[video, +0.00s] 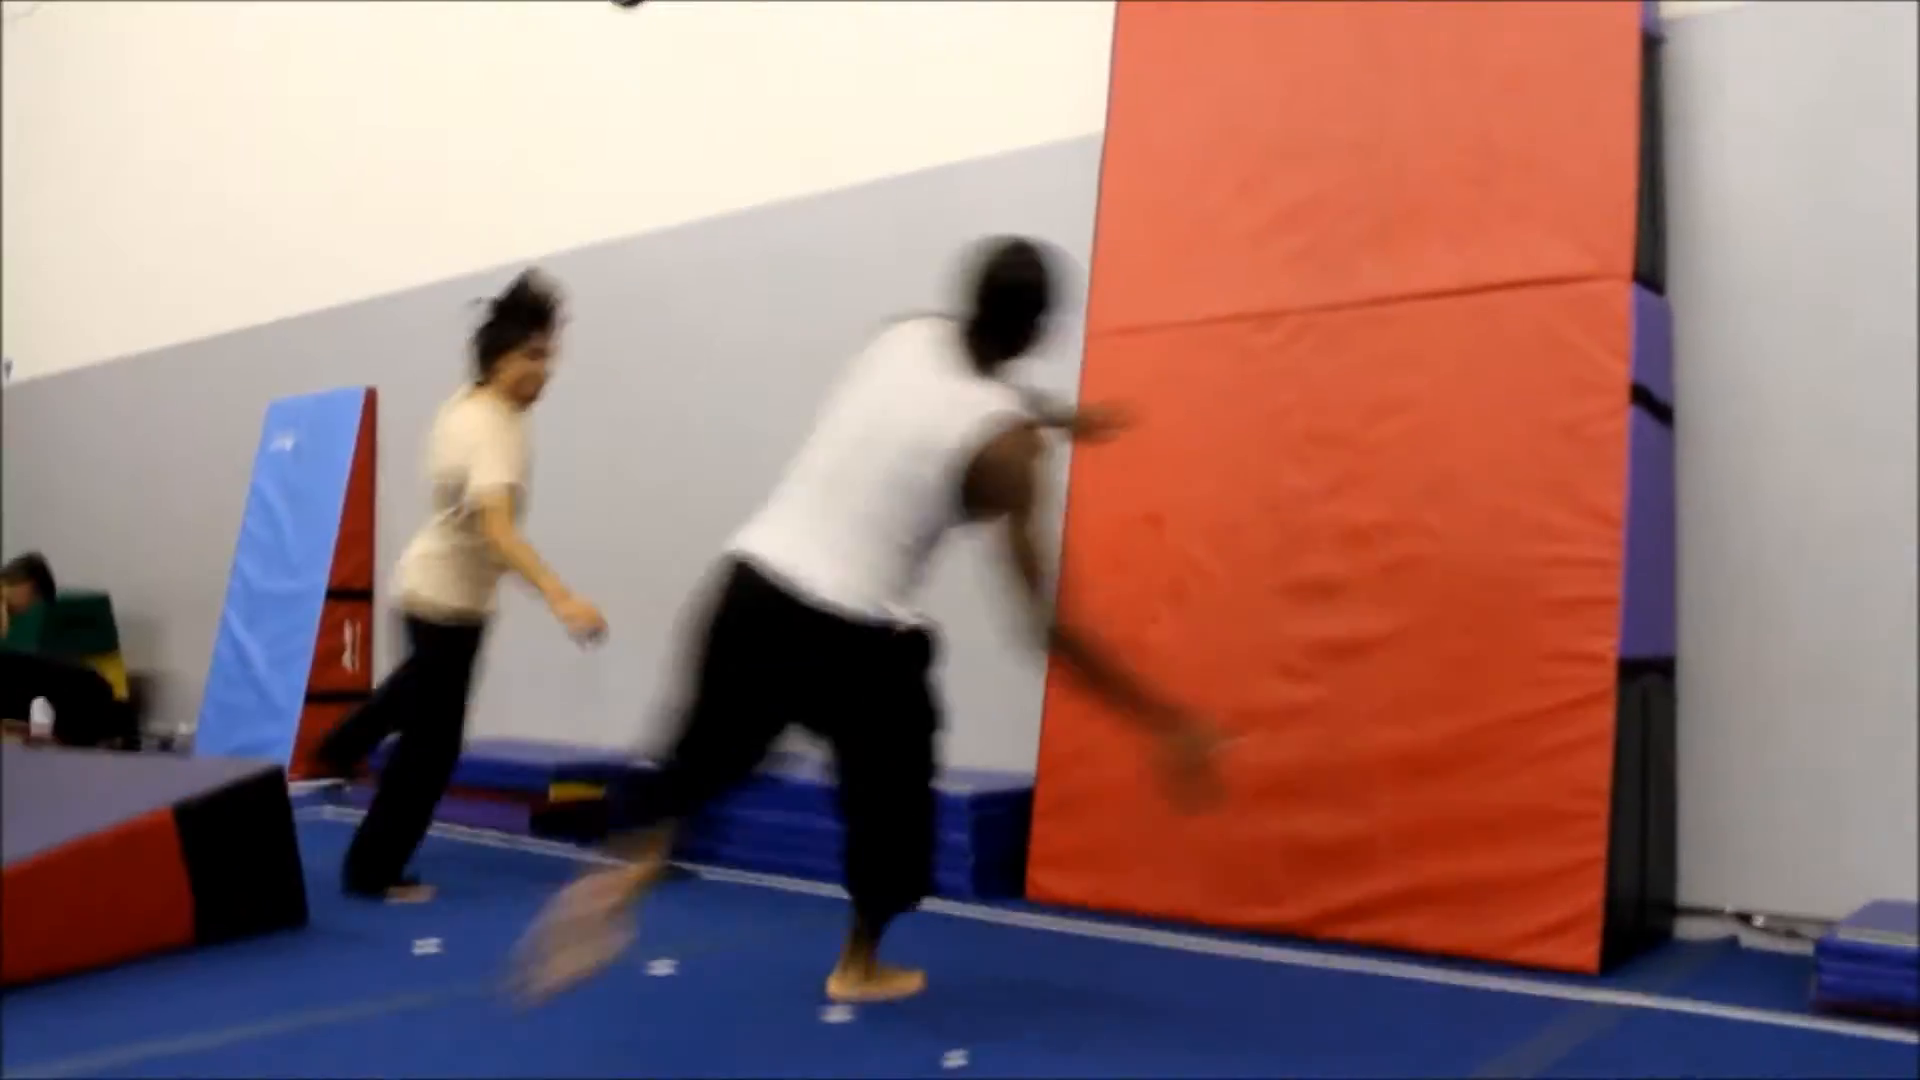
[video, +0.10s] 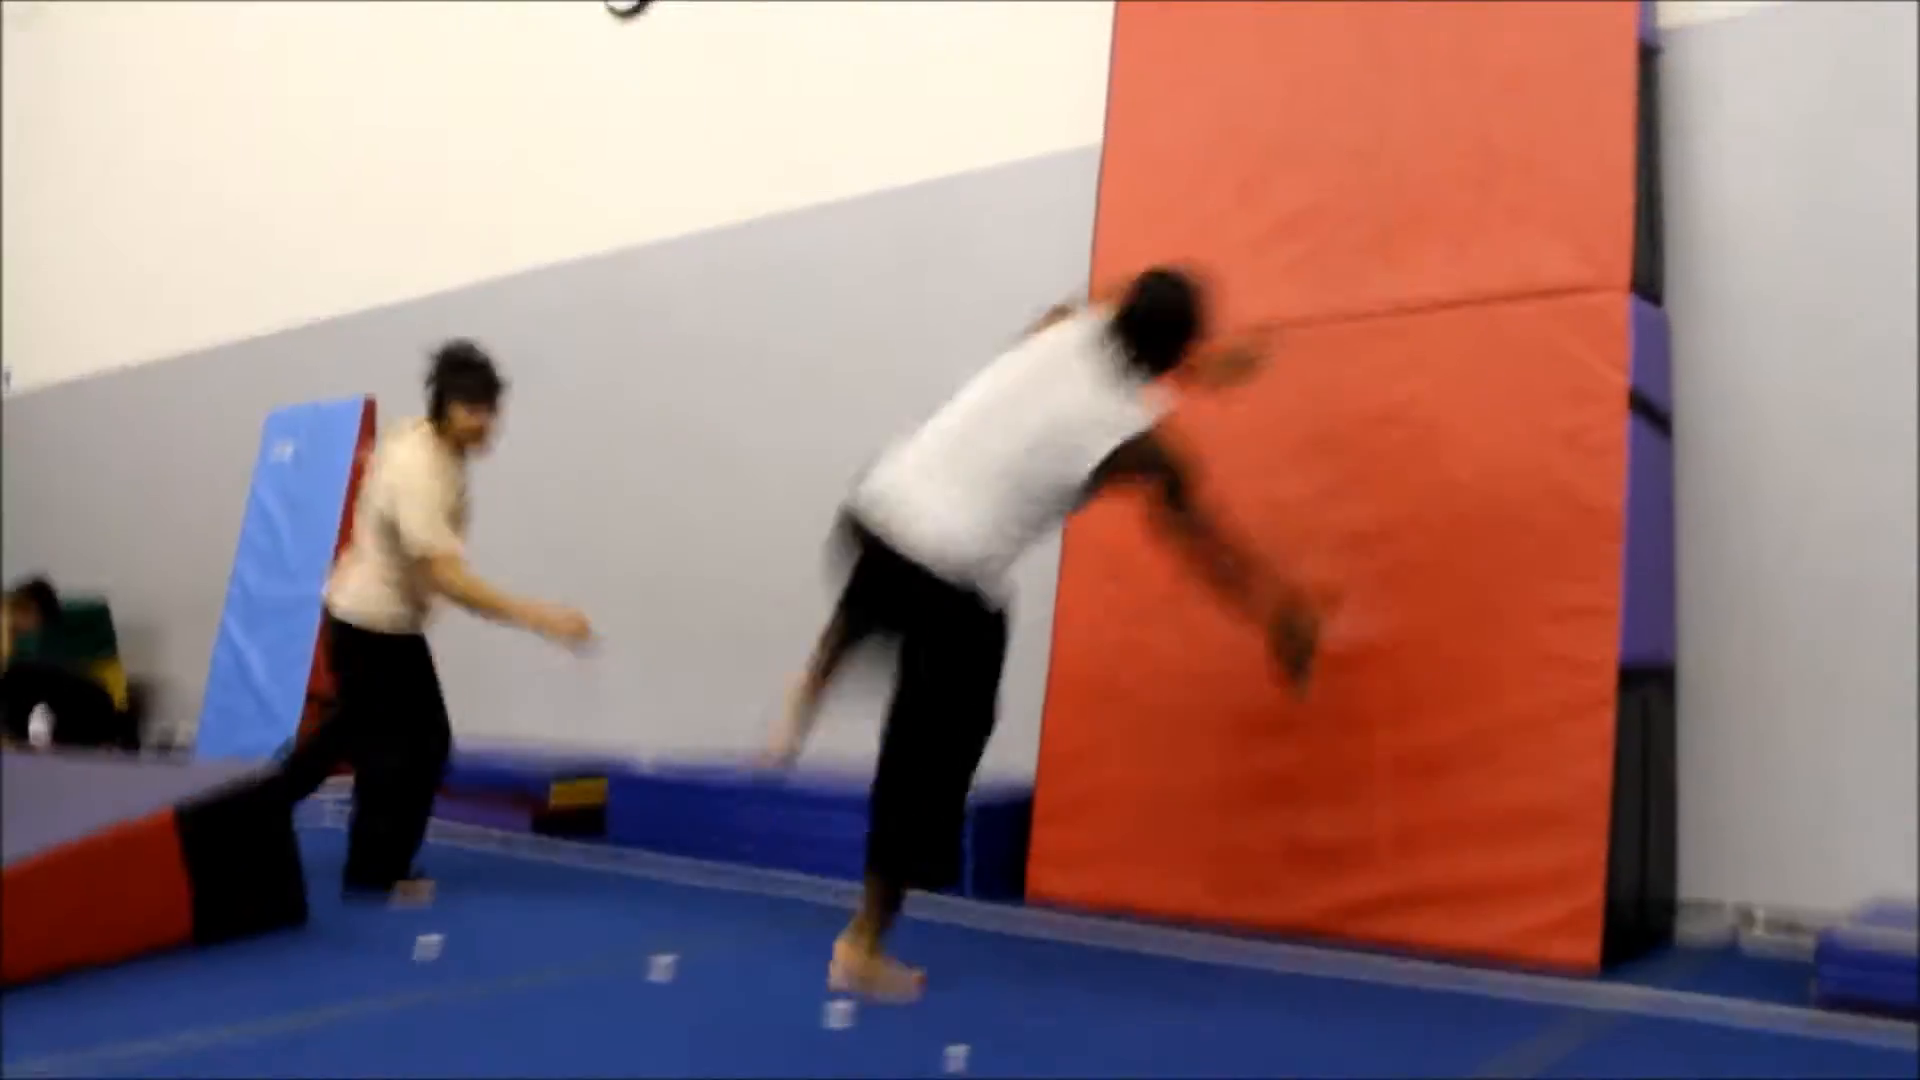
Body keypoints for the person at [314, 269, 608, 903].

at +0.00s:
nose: (544, 370)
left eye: (548, 357)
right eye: (534, 356)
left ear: (517, 362)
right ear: (500, 359)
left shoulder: (466, 410)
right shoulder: (493, 424)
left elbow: (460, 511)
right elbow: (496, 529)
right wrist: (562, 599)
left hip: (429, 591)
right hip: (452, 603)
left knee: (418, 689)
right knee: (433, 747)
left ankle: (336, 751)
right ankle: (374, 871)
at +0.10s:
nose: (483, 422)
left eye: (489, 409)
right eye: (472, 409)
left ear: (494, 408)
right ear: (442, 406)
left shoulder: (428, 448)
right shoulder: (421, 463)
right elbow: (445, 573)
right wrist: (541, 618)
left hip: (365, 618)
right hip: (378, 626)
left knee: (351, 731)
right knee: (420, 745)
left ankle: (257, 814)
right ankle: (377, 875)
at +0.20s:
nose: (438, 414)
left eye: (444, 403)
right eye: (427, 401)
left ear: (447, 407)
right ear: (398, 401)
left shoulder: (398, 450)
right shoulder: (367, 460)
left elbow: (358, 512)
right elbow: (364, 570)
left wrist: (407, 523)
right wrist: (449, 618)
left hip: (331, 603)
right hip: (319, 607)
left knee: (284, 730)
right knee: (377, 723)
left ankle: (227, 842)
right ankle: (378, 869)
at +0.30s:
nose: (391, 426)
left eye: (399, 416)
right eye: (380, 412)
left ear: (404, 419)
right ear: (352, 410)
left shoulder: (372, 468)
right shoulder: (317, 457)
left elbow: (341, 544)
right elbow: (279, 550)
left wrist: (384, 593)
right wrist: (324, 621)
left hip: (290, 604)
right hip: (252, 603)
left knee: (262, 731)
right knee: (314, 728)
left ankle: (243, 852)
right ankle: (353, 862)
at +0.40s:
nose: (352, 397)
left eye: (363, 389)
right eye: (342, 383)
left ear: (370, 398)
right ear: (316, 384)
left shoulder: (348, 461)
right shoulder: (276, 432)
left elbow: (309, 531)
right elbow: (209, 513)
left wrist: (356, 584)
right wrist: (238, 595)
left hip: (258, 581)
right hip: (209, 571)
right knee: (286, 659)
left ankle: (238, 776)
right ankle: (232, 775)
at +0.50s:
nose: (329, 366)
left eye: (341, 357)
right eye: (317, 354)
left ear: (351, 369)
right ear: (290, 362)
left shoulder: (321, 439)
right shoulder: (252, 405)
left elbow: (276, 504)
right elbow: (173, 468)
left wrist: (316, 560)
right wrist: (189, 556)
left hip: (224, 557)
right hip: (172, 539)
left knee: (221, 671)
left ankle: (213, 786)